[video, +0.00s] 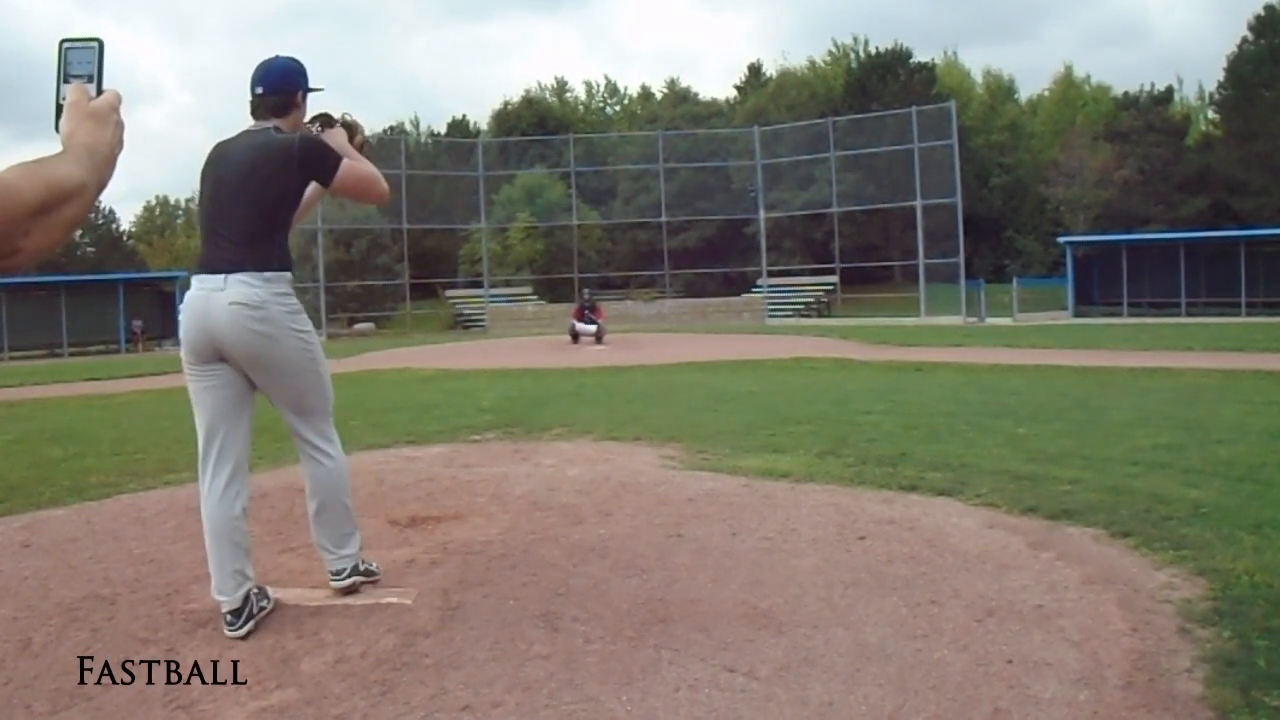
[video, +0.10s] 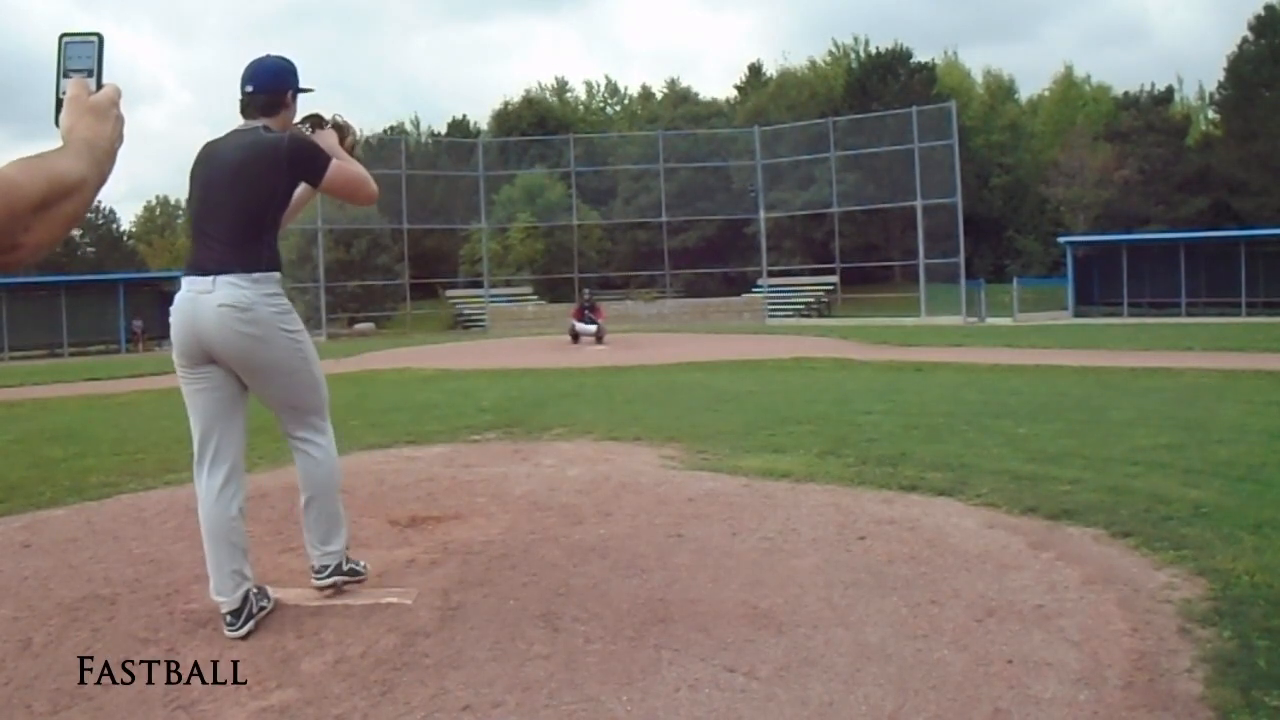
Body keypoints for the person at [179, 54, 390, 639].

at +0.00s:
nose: (306, 107)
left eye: (300, 98)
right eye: (306, 99)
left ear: (254, 102)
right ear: (300, 102)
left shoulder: (220, 153)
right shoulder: (300, 145)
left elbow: (274, 221)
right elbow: (377, 188)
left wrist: (320, 167)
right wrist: (344, 145)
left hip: (198, 302)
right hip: (261, 301)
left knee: (220, 462)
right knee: (317, 437)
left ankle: (236, 602)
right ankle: (344, 562)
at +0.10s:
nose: (297, 108)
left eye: (292, 99)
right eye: (297, 99)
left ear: (244, 101)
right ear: (289, 102)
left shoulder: (210, 153)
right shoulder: (289, 143)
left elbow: (265, 221)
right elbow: (365, 189)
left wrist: (312, 166)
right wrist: (335, 146)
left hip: (188, 304)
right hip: (251, 302)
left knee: (216, 463)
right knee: (310, 431)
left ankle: (234, 601)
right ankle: (329, 560)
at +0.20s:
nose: (289, 107)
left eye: (284, 98)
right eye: (289, 99)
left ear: (236, 100)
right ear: (281, 101)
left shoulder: (202, 152)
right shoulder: (282, 144)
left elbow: (263, 219)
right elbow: (357, 191)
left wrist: (304, 162)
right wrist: (328, 147)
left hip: (182, 305)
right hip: (244, 302)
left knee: (214, 461)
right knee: (302, 421)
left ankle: (234, 600)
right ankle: (304, 557)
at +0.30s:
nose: (284, 106)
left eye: (279, 98)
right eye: (283, 98)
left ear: (230, 99)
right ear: (275, 100)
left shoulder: (196, 152)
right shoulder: (275, 143)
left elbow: (256, 219)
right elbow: (352, 189)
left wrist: (301, 164)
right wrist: (323, 145)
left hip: (180, 306)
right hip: (240, 302)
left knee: (214, 463)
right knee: (297, 423)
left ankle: (234, 602)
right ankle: (288, 558)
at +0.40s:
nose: (280, 107)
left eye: (276, 98)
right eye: (280, 98)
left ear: (227, 100)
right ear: (272, 100)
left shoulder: (194, 152)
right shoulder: (273, 143)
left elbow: (257, 218)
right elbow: (351, 187)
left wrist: (299, 161)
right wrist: (321, 144)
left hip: (179, 308)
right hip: (240, 304)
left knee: (214, 462)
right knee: (294, 426)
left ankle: (233, 602)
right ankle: (285, 561)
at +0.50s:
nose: (279, 107)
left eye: (274, 98)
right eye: (280, 99)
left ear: (226, 100)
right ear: (272, 101)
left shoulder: (194, 153)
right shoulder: (273, 145)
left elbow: (259, 218)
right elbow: (352, 186)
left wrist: (300, 160)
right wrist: (321, 143)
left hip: (178, 310)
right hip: (239, 306)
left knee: (213, 462)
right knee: (297, 423)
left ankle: (234, 602)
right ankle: (286, 557)